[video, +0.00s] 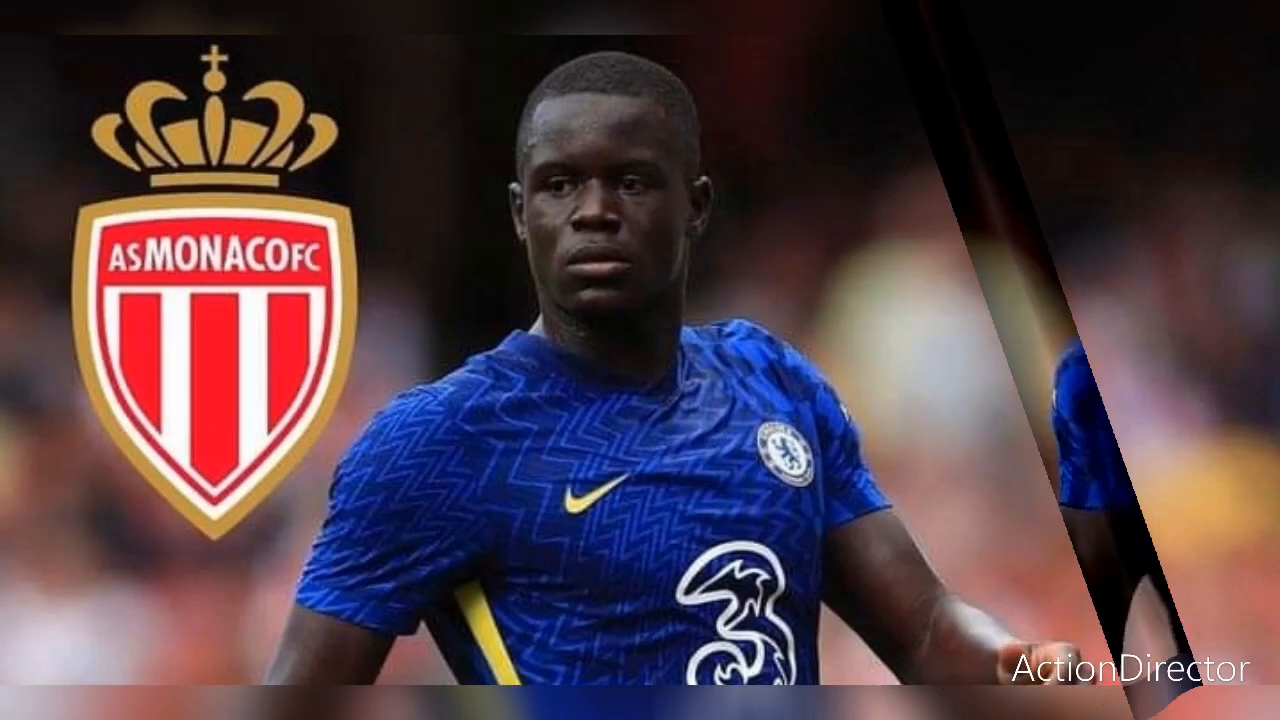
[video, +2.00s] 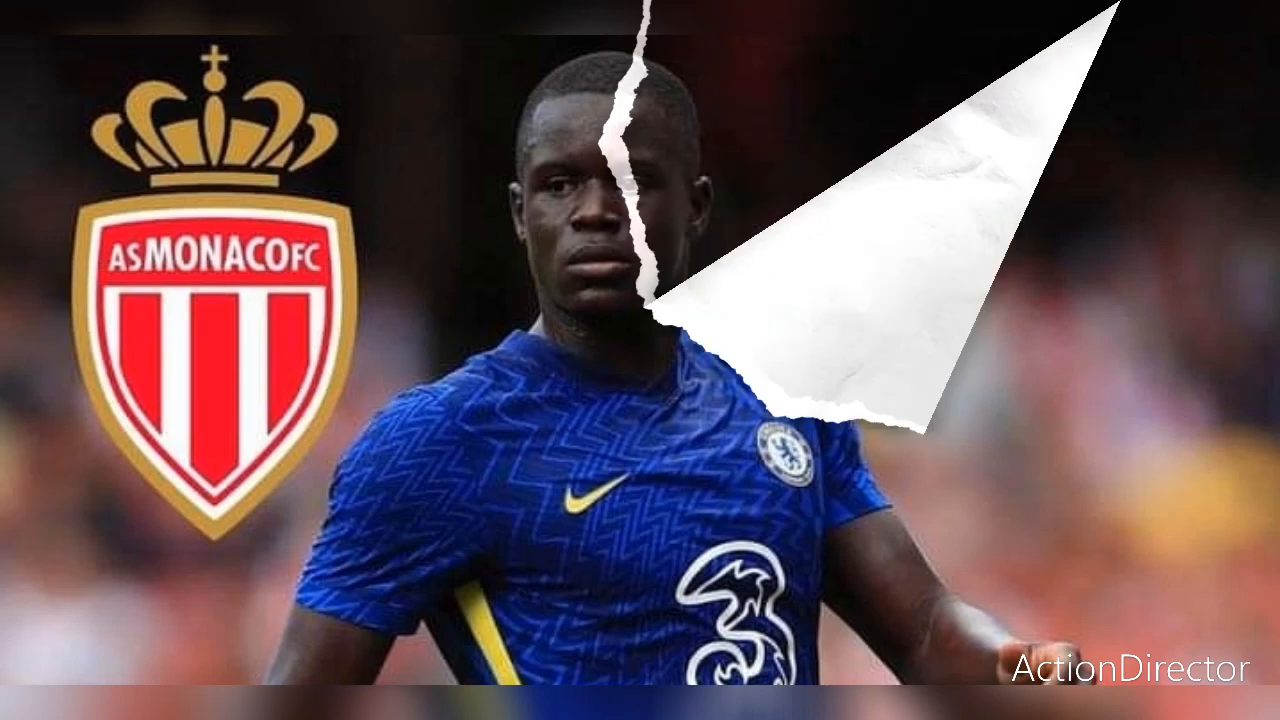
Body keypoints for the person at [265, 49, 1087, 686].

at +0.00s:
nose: (595, 209)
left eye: (633, 178)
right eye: (560, 181)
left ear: (697, 209)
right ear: (522, 216)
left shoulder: (771, 385)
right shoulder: (432, 444)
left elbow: (921, 625)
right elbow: (301, 690)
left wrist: (1023, 673)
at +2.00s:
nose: (599, 209)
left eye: (635, 176)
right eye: (561, 180)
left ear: (698, 207)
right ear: (521, 212)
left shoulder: (786, 406)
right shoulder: (433, 444)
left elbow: (922, 626)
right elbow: (301, 689)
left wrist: (1018, 672)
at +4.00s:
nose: (596, 210)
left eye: (633, 178)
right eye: (560, 181)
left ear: (697, 207)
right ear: (522, 215)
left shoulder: (770, 385)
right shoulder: (433, 444)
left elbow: (921, 625)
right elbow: (301, 691)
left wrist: (1020, 674)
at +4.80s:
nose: (644, 218)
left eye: (680, 190)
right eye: (612, 193)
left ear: (739, 219)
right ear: (577, 223)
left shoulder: (807, 382)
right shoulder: (492, 439)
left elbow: (950, 608)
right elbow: (366, 682)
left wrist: (1045, 656)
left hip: (818, 705)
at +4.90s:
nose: (741, 225)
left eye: (774, 197)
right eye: (708, 199)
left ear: (831, 224)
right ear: (674, 228)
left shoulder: (897, 383)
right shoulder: (594, 437)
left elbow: (1032, 597)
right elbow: (474, 663)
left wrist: (1116, 641)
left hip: (906, 683)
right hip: (736, 697)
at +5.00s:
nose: (922, 234)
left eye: (954, 206)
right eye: (893, 209)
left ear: (1010, 232)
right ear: (857, 239)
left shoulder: (1072, 382)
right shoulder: (786, 431)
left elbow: (1204, 586)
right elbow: (668, 655)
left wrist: (1273, 628)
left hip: (1092, 691)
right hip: (904, 690)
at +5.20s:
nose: (676, 248)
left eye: (705, 224)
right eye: (648, 226)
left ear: (753, 245)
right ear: (613, 249)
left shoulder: (806, 381)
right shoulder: (554, 423)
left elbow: (927, 565)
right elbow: (437, 630)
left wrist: (992, 603)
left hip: (820, 696)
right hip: (672, 698)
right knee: (645, 700)